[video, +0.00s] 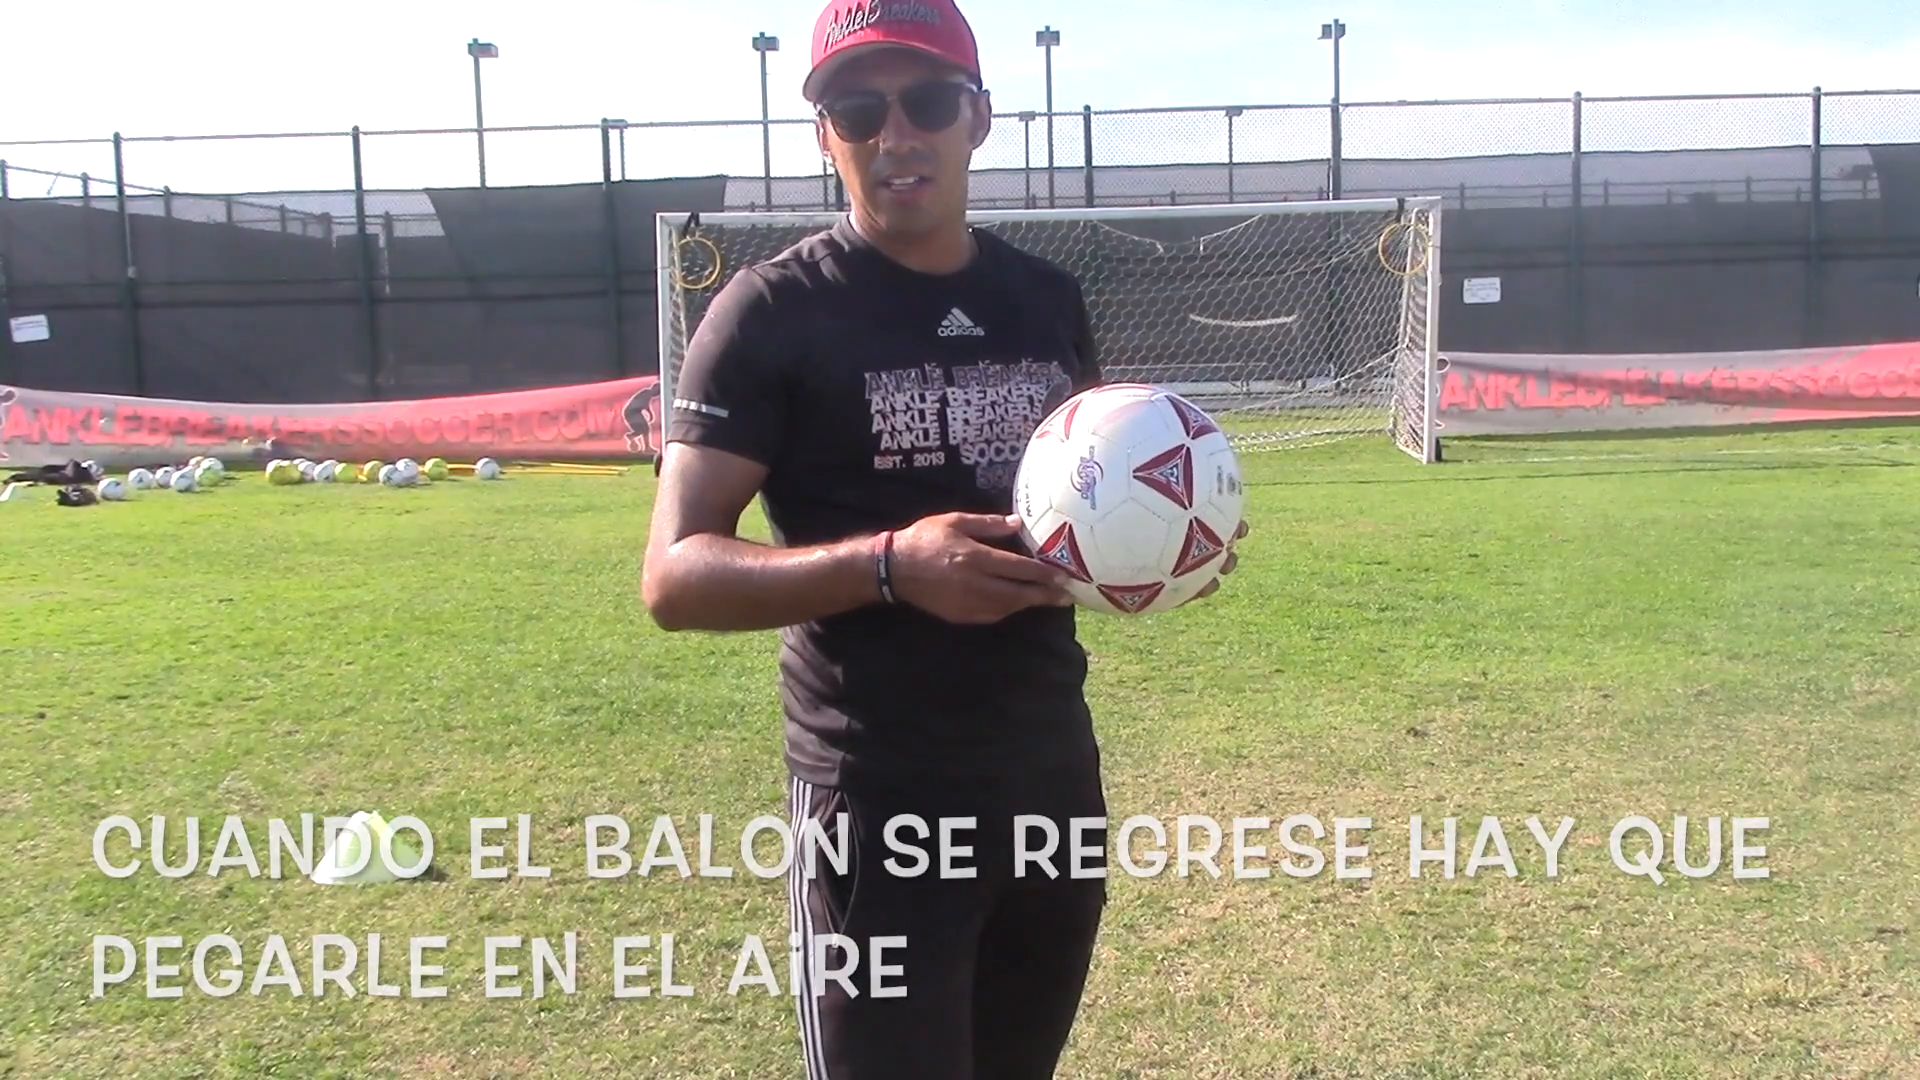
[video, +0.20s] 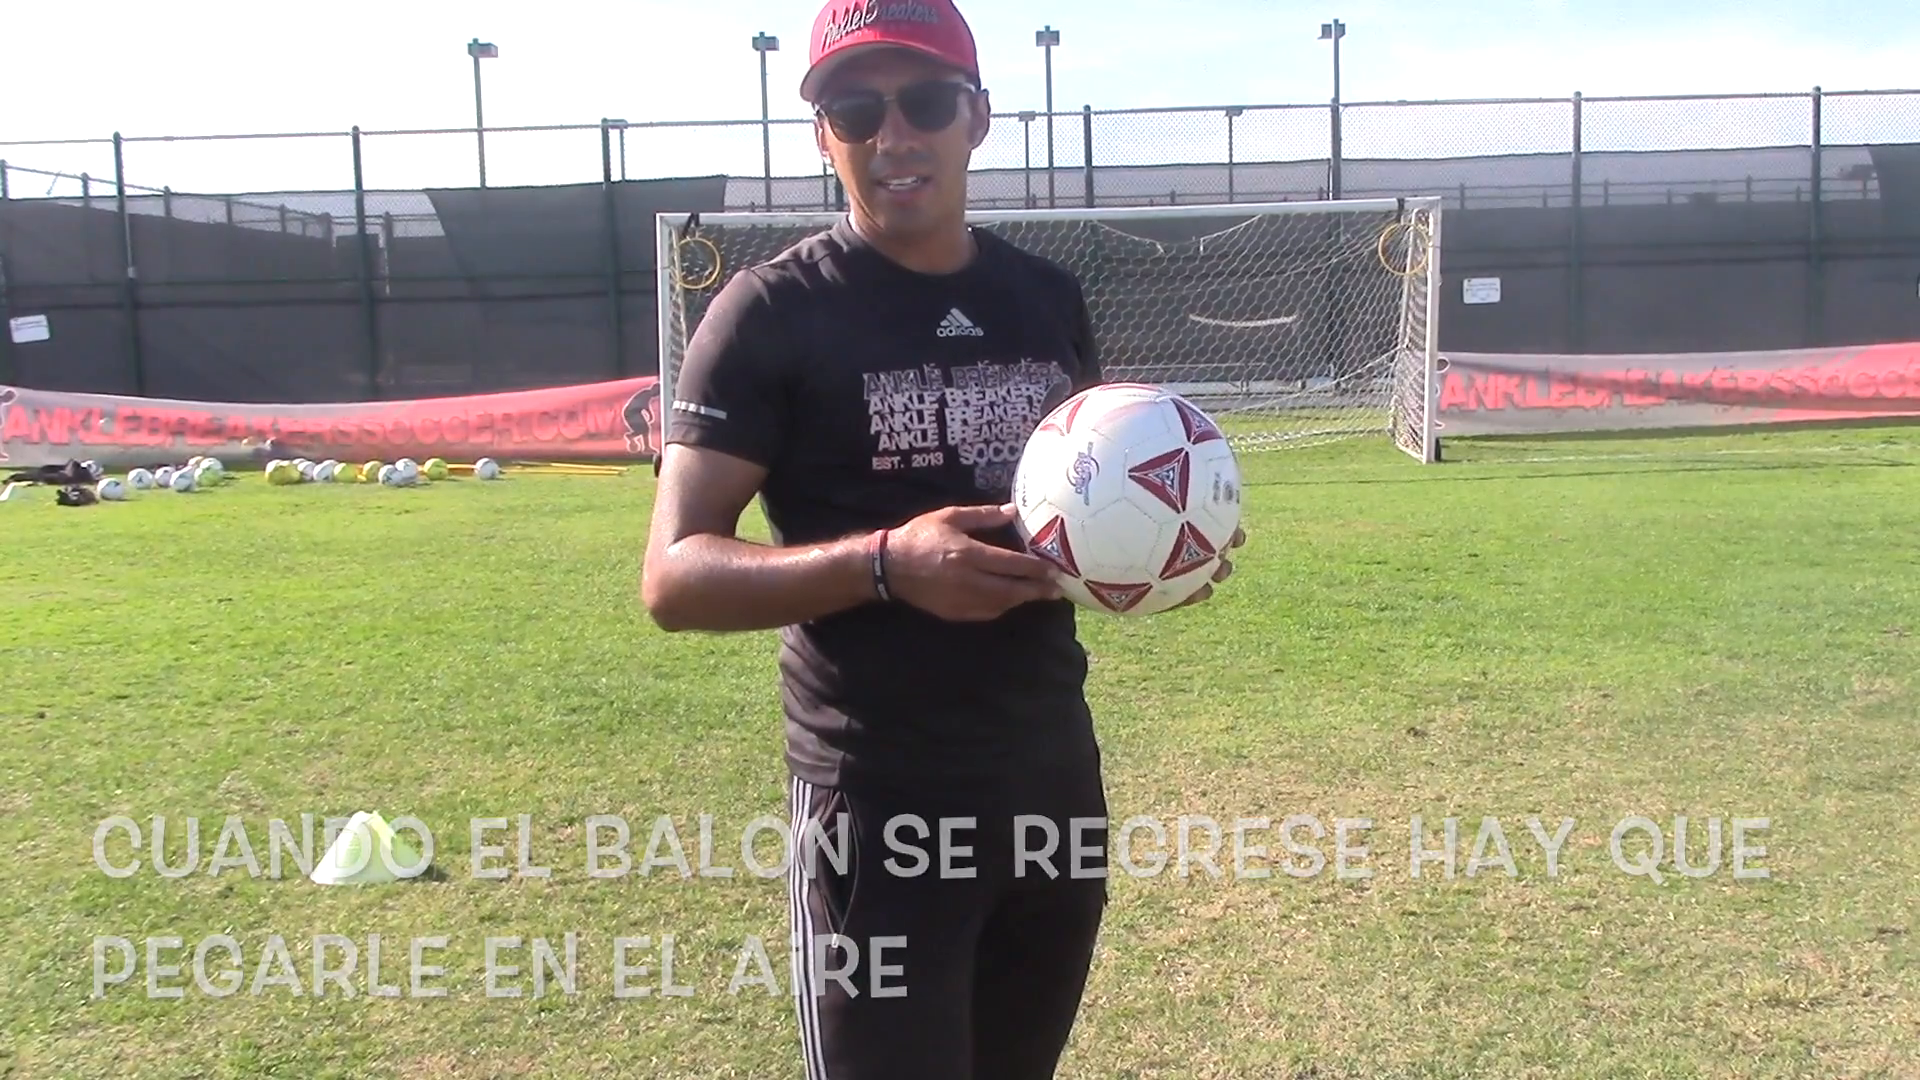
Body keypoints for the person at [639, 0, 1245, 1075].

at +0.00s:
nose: (897, 140)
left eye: (928, 104)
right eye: (862, 112)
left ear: (978, 119)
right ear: (826, 140)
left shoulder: (1046, 297)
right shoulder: (768, 312)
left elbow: (1088, 496)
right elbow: (674, 578)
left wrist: (1156, 505)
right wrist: (888, 565)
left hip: (1047, 759)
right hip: (872, 774)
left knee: (1019, 1062)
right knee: (888, 1062)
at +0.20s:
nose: (894, 139)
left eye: (926, 104)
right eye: (860, 111)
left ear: (977, 119)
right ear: (825, 139)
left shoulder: (1046, 297)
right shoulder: (768, 312)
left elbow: (1086, 491)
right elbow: (673, 578)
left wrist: (1158, 519)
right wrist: (882, 564)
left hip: (1047, 757)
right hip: (874, 772)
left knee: (1020, 1061)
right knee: (888, 1062)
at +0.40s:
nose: (898, 142)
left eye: (929, 106)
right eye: (862, 114)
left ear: (980, 120)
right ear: (826, 140)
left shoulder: (1049, 297)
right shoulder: (768, 311)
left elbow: (1092, 493)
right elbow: (678, 577)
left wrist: (1177, 534)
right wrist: (885, 569)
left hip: (1050, 765)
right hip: (873, 780)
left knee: (1019, 1062)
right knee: (889, 1061)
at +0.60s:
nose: (903, 139)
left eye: (935, 105)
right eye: (869, 111)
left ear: (985, 120)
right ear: (833, 137)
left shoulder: (1051, 299)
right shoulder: (773, 308)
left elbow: (1087, 498)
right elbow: (679, 573)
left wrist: (1170, 511)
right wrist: (901, 576)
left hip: (1050, 765)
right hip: (875, 781)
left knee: (1020, 1061)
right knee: (889, 1061)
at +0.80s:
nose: (910, 141)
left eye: (942, 107)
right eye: (874, 111)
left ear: (989, 120)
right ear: (835, 136)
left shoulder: (1052, 300)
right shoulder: (772, 309)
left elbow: (1090, 501)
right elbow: (678, 572)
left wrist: (1153, 473)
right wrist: (899, 574)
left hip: (1051, 769)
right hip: (877, 783)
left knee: (1022, 1063)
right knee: (889, 1062)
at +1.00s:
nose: (909, 139)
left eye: (941, 104)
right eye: (874, 109)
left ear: (990, 118)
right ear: (836, 135)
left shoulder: (1053, 300)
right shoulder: (774, 309)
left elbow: (1093, 499)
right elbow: (678, 574)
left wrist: (1161, 482)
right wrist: (897, 567)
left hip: (1053, 771)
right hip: (876, 783)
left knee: (1023, 1063)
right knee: (890, 1062)